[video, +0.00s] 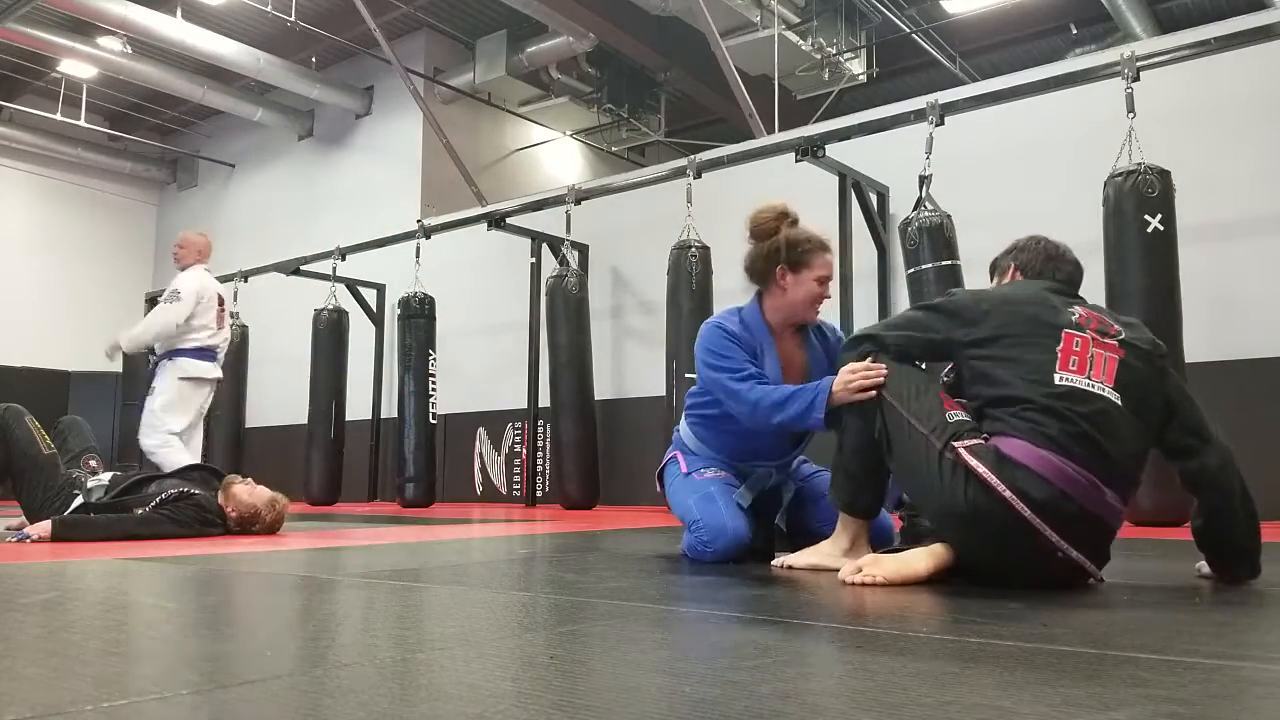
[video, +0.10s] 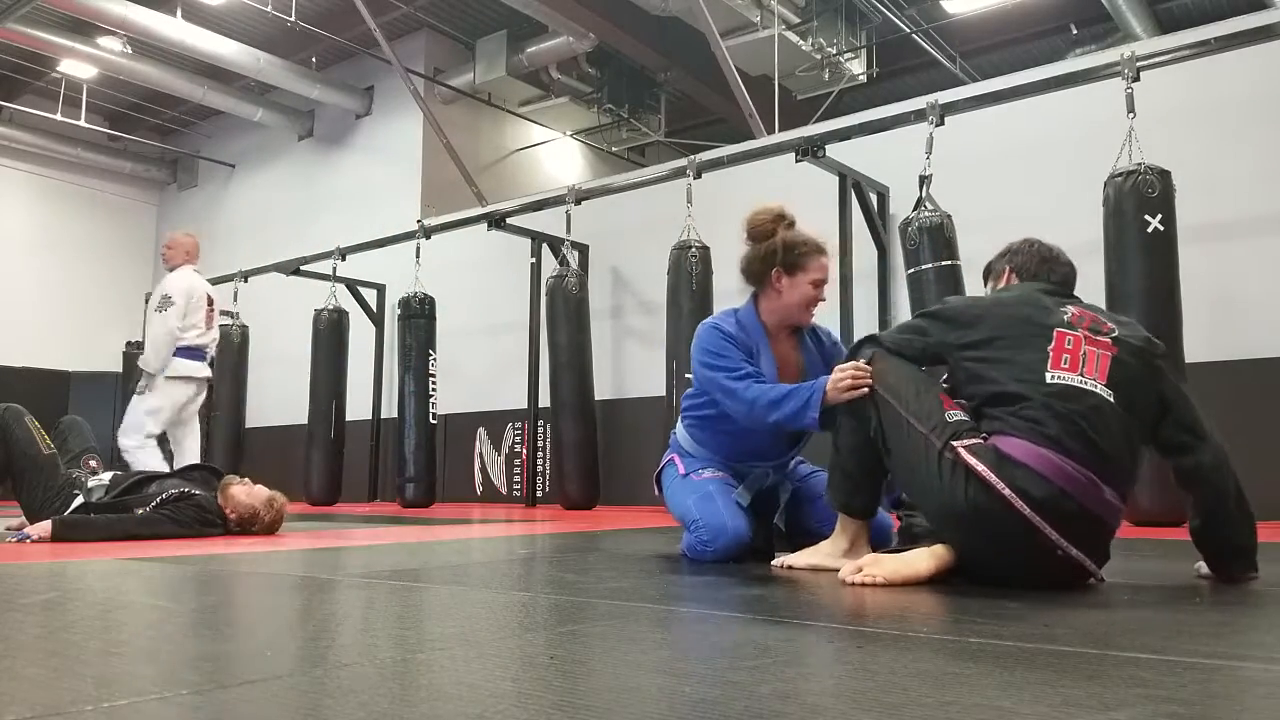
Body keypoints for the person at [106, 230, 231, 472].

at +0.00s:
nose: (174, 251)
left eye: (181, 247)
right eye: (176, 247)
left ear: (199, 253)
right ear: (200, 255)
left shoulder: (189, 280)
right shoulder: (215, 285)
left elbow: (166, 318)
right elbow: (223, 337)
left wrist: (123, 342)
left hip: (182, 370)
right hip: (206, 372)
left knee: (154, 436)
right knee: (190, 441)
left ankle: (198, 489)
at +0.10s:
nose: (162, 252)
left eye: (169, 248)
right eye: (163, 247)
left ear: (187, 254)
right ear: (189, 256)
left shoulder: (174, 282)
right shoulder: (205, 285)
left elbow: (163, 330)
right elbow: (212, 337)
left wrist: (147, 374)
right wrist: (201, 364)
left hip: (172, 374)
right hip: (197, 375)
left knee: (133, 437)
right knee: (187, 446)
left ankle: (162, 491)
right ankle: (190, 498)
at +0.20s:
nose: (149, 254)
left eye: (156, 251)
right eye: (151, 249)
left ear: (174, 257)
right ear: (178, 259)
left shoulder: (163, 283)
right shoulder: (192, 287)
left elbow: (159, 329)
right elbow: (206, 334)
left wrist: (135, 368)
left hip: (161, 372)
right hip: (187, 373)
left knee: (125, 435)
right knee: (182, 440)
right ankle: (192, 494)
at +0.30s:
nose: (136, 257)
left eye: (142, 253)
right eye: (137, 253)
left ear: (159, 259)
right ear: (162, 261)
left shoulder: (150, 285)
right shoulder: (181, 290)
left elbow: (143, 331)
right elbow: (187, 339)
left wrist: (121, 368)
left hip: (148, 374)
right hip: (175, 376)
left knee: (120, 439)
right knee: (175, 443)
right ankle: (188, 497)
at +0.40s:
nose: (120, 259)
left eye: (127, 254)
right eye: (122, 254)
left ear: (144, 260)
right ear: (147, 262)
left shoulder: (134, 286)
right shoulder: (168, 293)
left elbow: (125, 332)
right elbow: (173, 341)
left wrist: (101, 370)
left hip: (130, 378)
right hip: (159, 380)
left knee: (104, 444)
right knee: (161, 446)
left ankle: (88, 505)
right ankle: (186, 496)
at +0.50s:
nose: (102, 258)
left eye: (108, 254)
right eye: (103, 253)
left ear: (126, 257)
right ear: (130, 260)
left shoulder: (117, 286)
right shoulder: (156, 292)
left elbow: (105, 332)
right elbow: (161, 339)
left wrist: (84, 370)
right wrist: (149, 368)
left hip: (114, 374)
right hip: (145, 377)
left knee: (93, 436)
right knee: (134, 438)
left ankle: (93, 500)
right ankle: (165, 490)